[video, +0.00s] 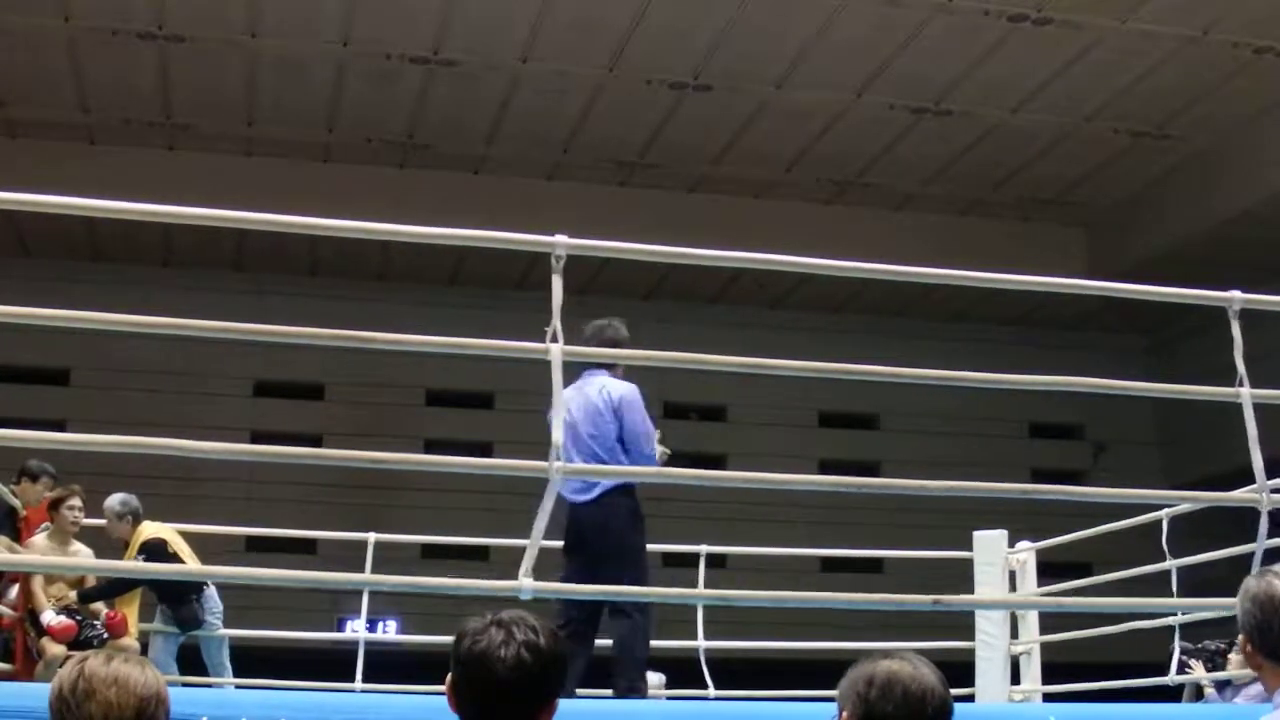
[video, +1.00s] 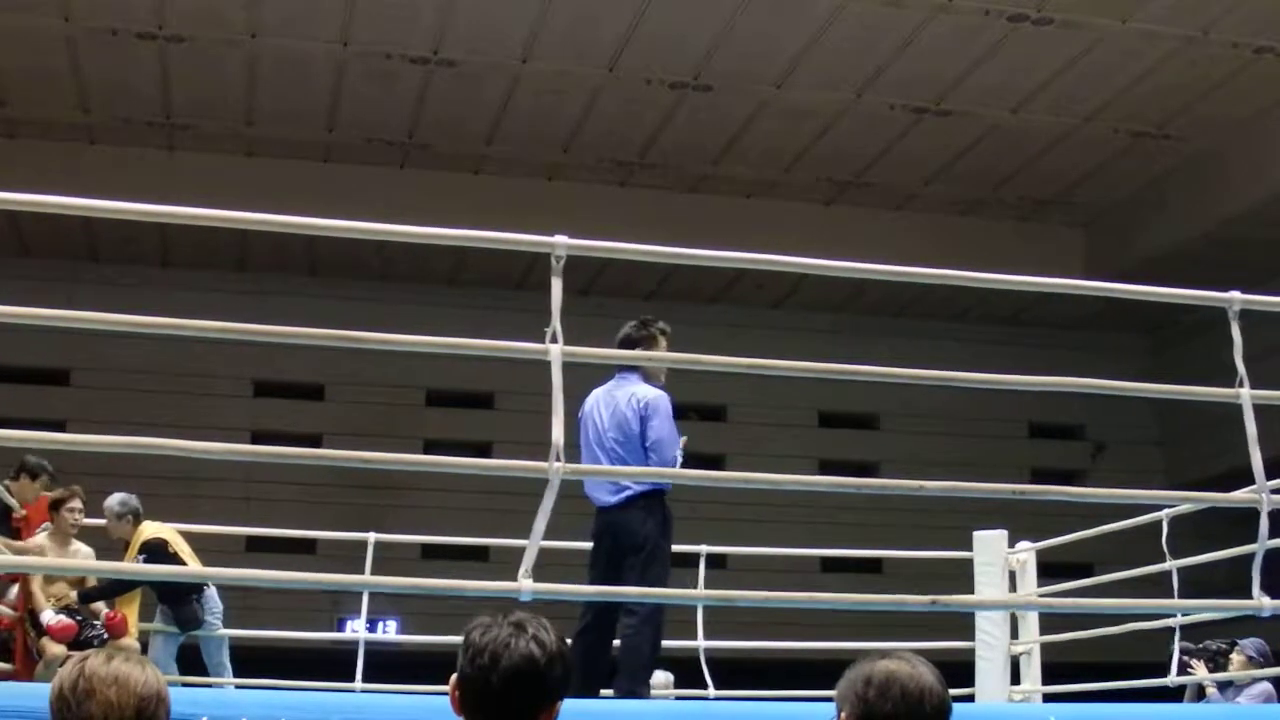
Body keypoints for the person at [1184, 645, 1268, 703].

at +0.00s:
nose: (1229, 657)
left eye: (1236, 652)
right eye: (1231, 652)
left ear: (1249, 658)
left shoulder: (1259, 690)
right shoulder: (1228, 689)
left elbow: (1227, 714)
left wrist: (1206, 683)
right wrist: (1190, 683)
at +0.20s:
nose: (1229, 657)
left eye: (1236, 653)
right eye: (1231, 652)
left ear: (1251, 661)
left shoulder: (1262, 689)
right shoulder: (1227, 690)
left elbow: (1226, 714)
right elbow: (1190, 712)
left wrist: (1205, 683)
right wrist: (1191, 684)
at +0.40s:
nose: (1229, 656)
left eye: (1237, 653)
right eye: (1232, 652)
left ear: (1253, 662)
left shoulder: (1262, 689)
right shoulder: (1227, 690)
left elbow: (1227, 715)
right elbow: (1189, 712)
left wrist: (1206, 682)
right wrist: (1191, 679)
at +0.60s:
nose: (1229, 656)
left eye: (1237, 653)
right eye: (1232, 652)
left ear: (1253, 662)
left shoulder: (1263, 689)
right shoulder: (1227, 689)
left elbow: (1228, 714)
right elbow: (1189, 712)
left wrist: (1206, 683)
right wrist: (1192, 680)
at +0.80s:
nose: (1230, 656)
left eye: (1237, 653)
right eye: (1232, 652)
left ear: (1253, 661)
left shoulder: (1263, 688)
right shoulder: (1227, 690)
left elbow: (1229, 714)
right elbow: (1190, 713)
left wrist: (1206, 682)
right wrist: (1192, 679)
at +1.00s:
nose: (1230, 656)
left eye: (1238, 653)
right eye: (1233, 652)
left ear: (1254, 662)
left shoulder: (1264, 689)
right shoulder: (1228, 691)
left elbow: (1229, 714)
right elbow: (1190, 712)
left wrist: (1207, 682)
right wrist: (1194, 679)